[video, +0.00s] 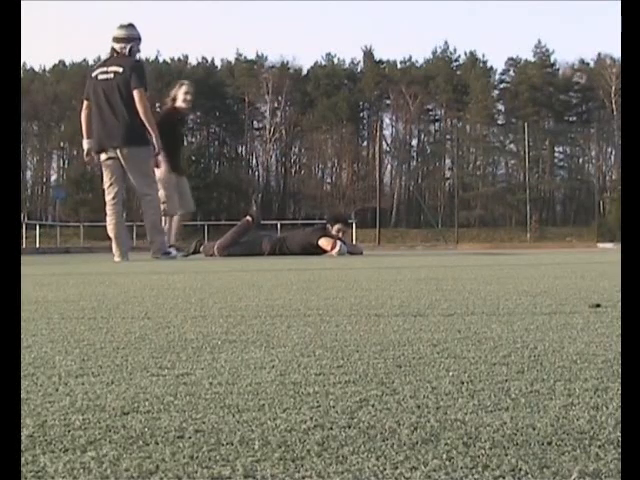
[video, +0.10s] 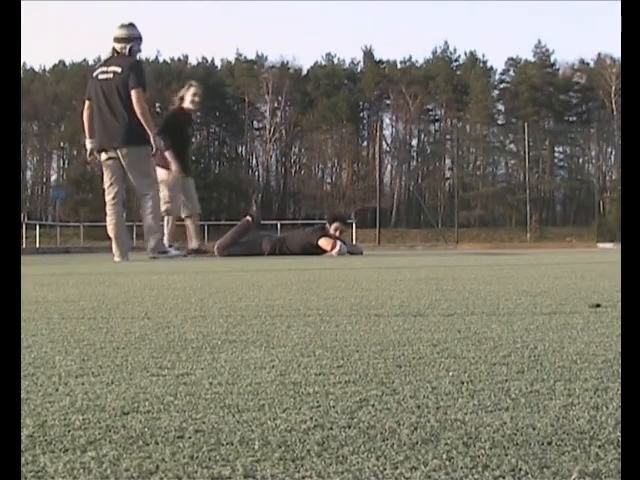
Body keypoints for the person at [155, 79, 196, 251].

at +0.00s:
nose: (188, 97)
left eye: (190, 94)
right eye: (185, 93)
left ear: (192, 97)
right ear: (175, 95)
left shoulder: (181, 118)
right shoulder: (167, 116)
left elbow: (175, 144)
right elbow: (161, 141)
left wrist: (179, 165)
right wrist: (165, 162)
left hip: (177, 167)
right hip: (164, 166)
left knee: (183, 209)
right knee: (168, 209)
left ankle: (172, 243)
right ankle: (164, 245)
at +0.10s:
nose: (196, 100)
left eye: (198, 97)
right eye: (193, 96)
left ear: (200, 100)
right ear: (183, 97)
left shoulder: (188, 118)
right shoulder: (175, 115)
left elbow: (179, 141)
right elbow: (161, 137)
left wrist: (185, 162)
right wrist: (173, 161)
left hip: (183, 165)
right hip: (168, 165)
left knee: (191, 208)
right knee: (170, 207)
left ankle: (194, 243)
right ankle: (167, 244)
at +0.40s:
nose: (218, 108)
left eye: (221, 105)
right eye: (217, 103)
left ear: (219, 105)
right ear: (207, 100)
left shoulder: (204, 119)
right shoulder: (194, 115)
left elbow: (198, 148)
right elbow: (181, 140)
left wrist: (211, 165)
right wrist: (193, 165)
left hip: (197, 166)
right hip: (182, 165)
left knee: (201, 209)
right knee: (188, 206)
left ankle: (201, 244)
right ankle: (183, 243)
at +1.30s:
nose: (229, 115)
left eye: (232, 112)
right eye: (229, 110)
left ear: (226, 107)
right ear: (222, 104)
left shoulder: (212, 118)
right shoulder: (204, 115)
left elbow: (202, 146)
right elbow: (197, 144)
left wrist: (208, 168)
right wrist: (211, 168)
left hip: (199, 166)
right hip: (186, 164)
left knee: (200, 207)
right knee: (185, 206)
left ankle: (201, 245)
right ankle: (184, 246)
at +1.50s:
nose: (236, 124)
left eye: (239, 121)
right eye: (237, 119)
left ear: (233, 116)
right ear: (230, 113)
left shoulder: (220, 127)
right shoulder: (213, 124)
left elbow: (210, 157)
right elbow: (211, 156)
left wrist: (210, 175)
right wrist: (231, 180)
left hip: (200, 170)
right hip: (187, 167)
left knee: (208, 208)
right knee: (187, 208)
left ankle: (206, 245)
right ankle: (184, 246)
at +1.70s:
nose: (249, 138)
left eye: (252, 135)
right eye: (250, 133)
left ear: (243, 128)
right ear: (242, 126)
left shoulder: (230, 139)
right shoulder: (225, 136)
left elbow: (233, 169)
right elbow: (226, 170)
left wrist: (247, 188)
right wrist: (245, 192)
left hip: (202, 171)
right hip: (189, 168)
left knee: (209, 209)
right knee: (192, 209)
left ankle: (207, 246)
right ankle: (184, 247)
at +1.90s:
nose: (253, 144)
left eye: (257, 143)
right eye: (254, 138)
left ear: (257, 145)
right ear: (249, 131)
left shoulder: (237, 144)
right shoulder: (233, 143)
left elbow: (241, 175)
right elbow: (239, 178)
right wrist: (255, 201)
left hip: (205, 168)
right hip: (194, 165)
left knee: (214, 208)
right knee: (204, 205)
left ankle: (207, 246)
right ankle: (185, 240)